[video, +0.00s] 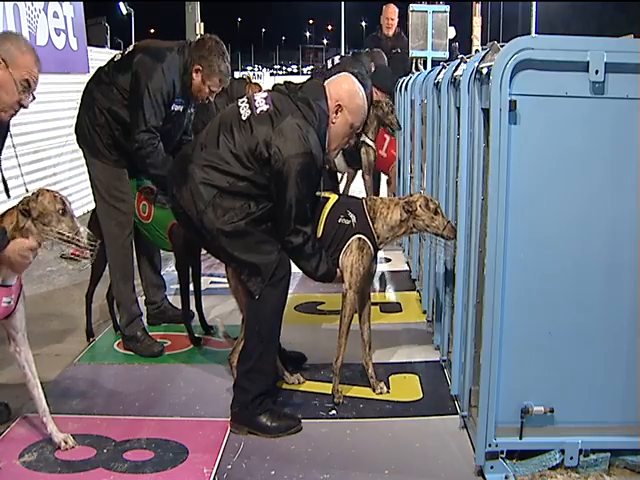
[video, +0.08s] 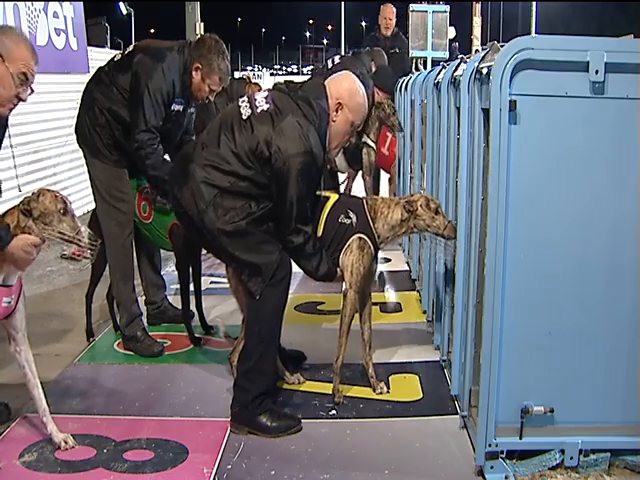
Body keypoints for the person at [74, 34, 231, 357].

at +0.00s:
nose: (210, 97)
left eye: (215, 92)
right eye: (210, 90)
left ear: (200, 70)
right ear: (195, 72)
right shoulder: (157, 72)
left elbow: (184, 139)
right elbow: (143, 141)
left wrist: (197, 177)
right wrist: (177, 183)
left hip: (138, 134)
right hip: (103, 132)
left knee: (145, 220)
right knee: (119, 222)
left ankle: (157, 304)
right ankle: (130, 324)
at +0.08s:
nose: (210, 97)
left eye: (214, 92)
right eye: (209, 90)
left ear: (199, 69)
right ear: (195, 70)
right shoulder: (157, 72)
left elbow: (184, 141)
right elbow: (143, 141)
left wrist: (196, 182)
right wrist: (177, 187)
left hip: (137, 134)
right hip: (103, 133)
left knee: (145, 222)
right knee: (119, 222)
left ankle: (157, 304)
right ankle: (130, 324)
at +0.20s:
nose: (210, 95)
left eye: (215, 90)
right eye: (210, 88)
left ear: (199, 67)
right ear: (195, 69)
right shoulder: (157, 71)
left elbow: (184, 140)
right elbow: (142, 139)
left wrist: (196, 180)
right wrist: (176, 184)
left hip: (139, 135)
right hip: (104, 133)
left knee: (146, 222)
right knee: (119, 223)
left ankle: (157, 304)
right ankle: (130, 324)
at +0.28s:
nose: (209, 95)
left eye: (215, 90)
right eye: (209, 87)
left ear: (199, 67)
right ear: (194, 68)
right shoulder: (156, 71)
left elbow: (182, 138)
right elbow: (141, 140)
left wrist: (202, 168)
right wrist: (186, 173)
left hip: (138, 136)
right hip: (103, 133)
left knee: (146, 222)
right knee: (119, 224)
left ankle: (157, 304)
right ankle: (130, 325)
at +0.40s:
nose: (210, 94)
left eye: (216, 89)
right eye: (209, 86)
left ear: (198, 66)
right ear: (194, 67)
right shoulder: (156, 70)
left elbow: (184, 139)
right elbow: (138, 137)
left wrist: (200, 173)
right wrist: (177, 174)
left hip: (139, 136)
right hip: (104, 133)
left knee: (147, 222)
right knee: (119, 224)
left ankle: (157, 305)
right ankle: (130, 324)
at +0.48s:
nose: (211, 93)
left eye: (216, 87)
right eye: (210, 85)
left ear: (198, 65)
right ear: (193, 66)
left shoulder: (190, 80)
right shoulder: (155, 71)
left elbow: (183, 140)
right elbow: (138, 138)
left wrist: (189, 179)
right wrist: (173, 185)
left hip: (139, 138)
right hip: (104, 133)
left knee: (146, 222)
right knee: (119, 223)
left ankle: (157, 305)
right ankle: (130, 324)